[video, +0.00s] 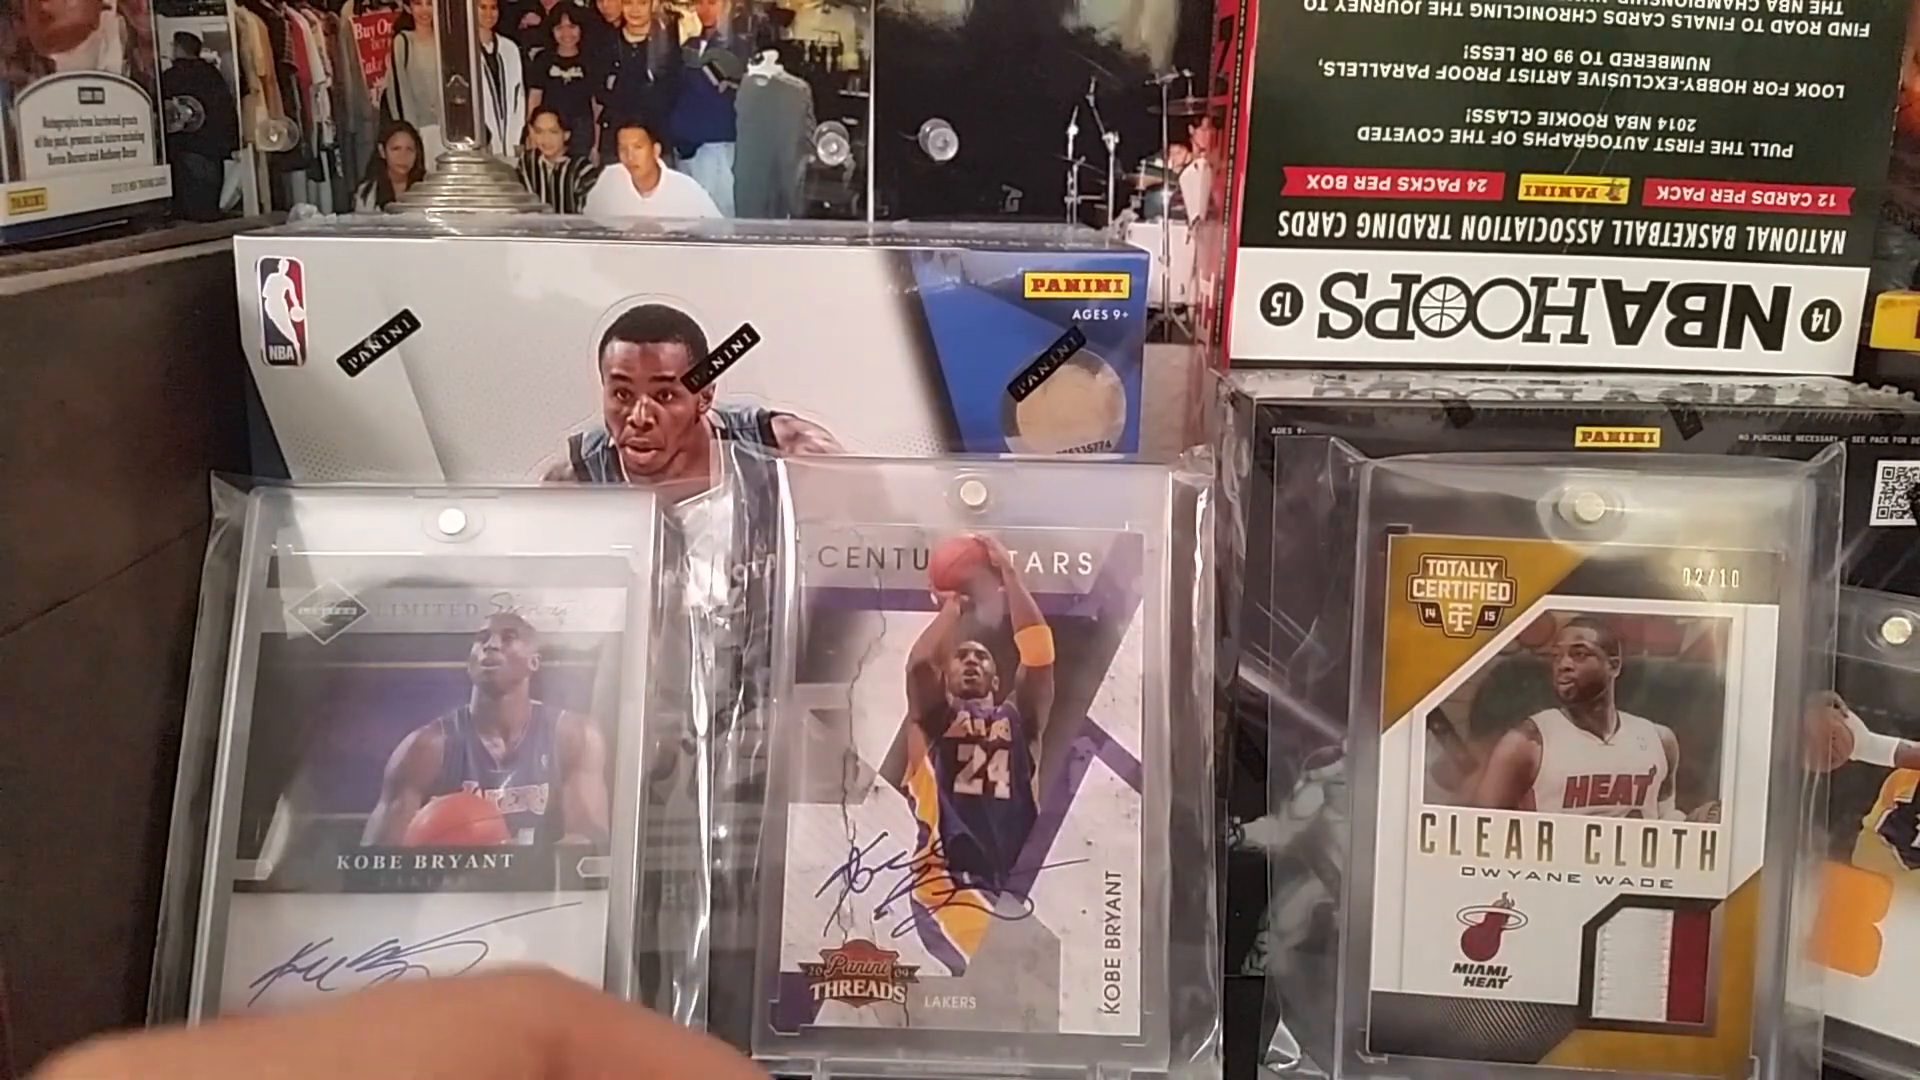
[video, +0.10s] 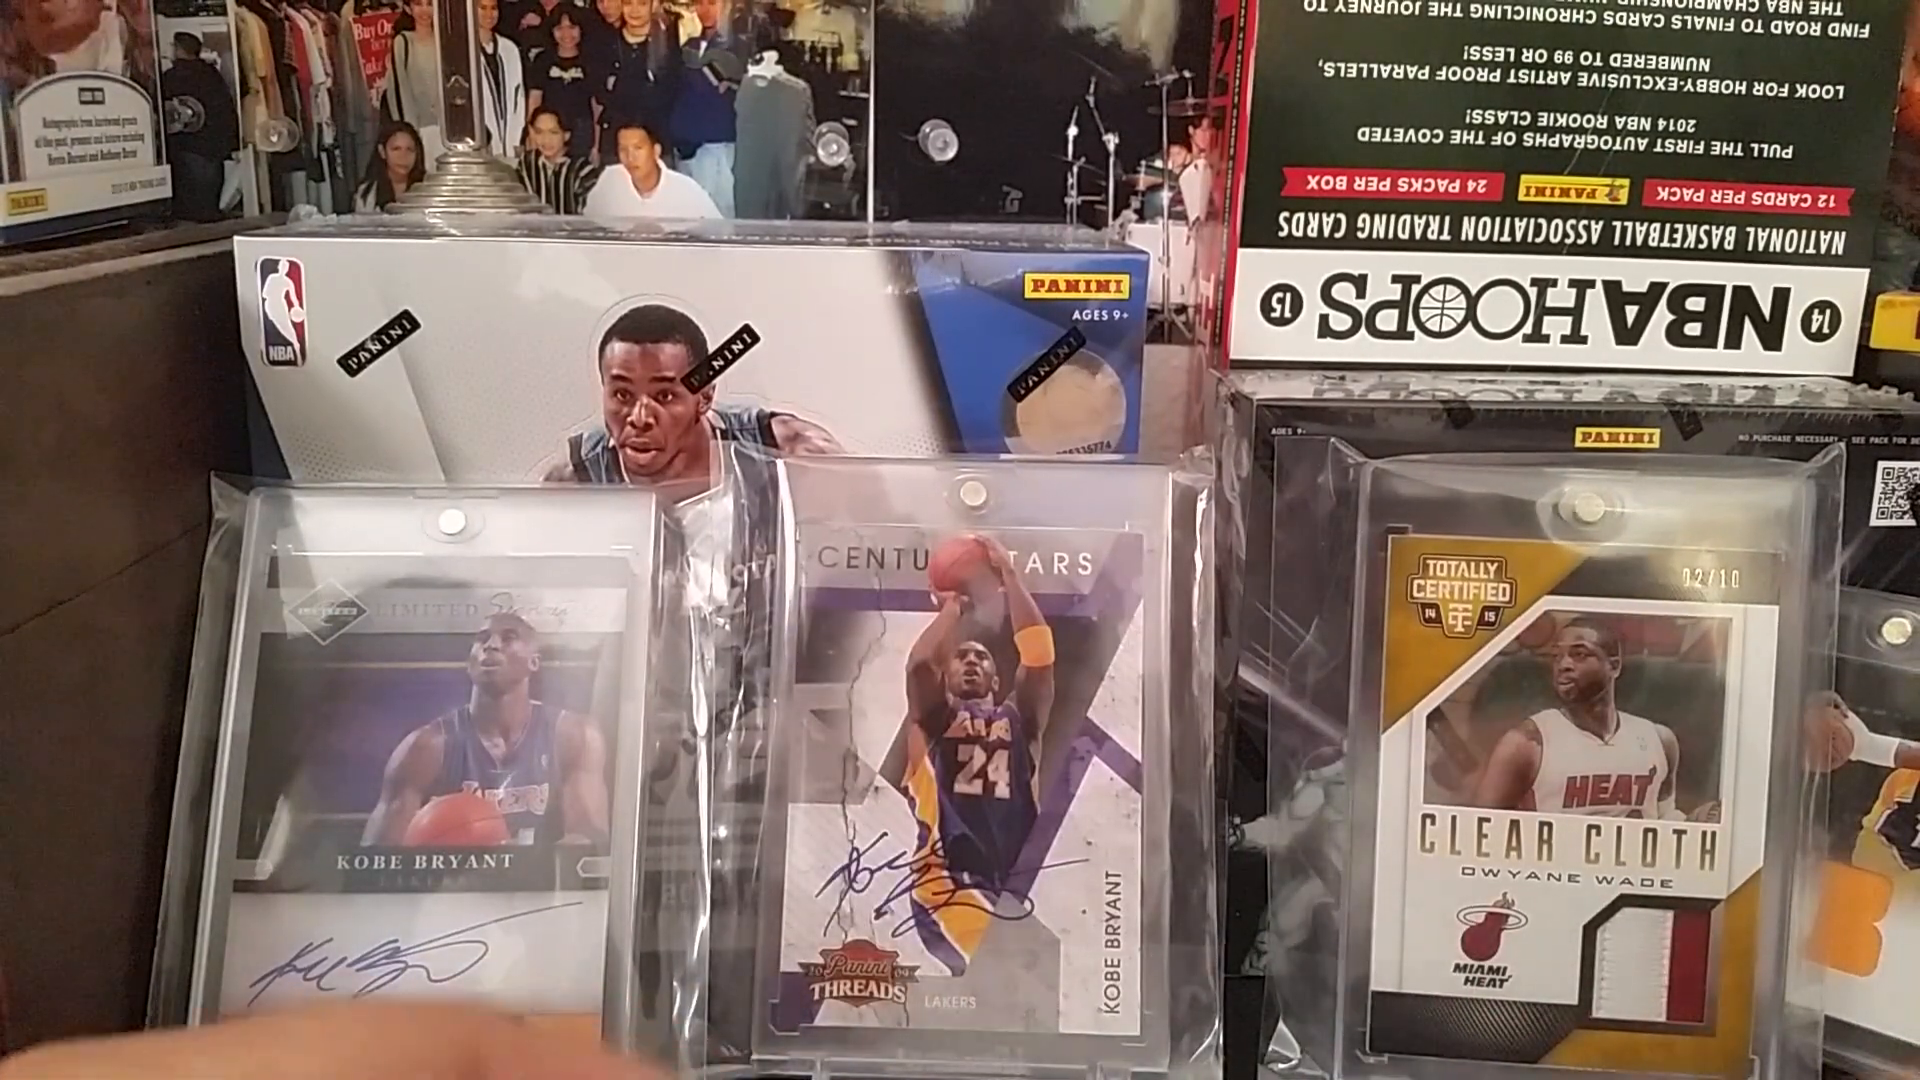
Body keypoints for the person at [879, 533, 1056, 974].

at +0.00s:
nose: (972, 661)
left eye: (982, 657)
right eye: (961, 656)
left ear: (996, 677)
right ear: (943, 674)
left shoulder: (1021, 718)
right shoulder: (932, 717)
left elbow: (1037, 651)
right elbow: (919, 664)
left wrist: (1009, 572)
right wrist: (952, 605)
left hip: (1009, 885)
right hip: (945, 883)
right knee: (1018, 966)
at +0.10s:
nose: (972, 662)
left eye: (982, 657)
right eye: (960, 656)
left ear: (996, 677)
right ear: (943, 674)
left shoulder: (1021, 718)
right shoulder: (932, 717)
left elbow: (1037, 651)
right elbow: (919, 664)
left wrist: (1009, 573)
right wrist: (952, 605)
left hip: (1010, 884)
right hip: (945, 882)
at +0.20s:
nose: (972, 660)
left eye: (982, 657)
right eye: (961, 655)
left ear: (996, 677)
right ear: (943, 674)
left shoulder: (1020, 718)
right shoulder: (932, 717)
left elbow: (1037, 651)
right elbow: (919, 663)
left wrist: (1009, 572)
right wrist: (953, 604)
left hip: (1008, 884)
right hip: (945, 882)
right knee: (1018, 963)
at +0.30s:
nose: (972, 661)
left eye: (982, 657)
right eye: (961, 656)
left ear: (996, 677)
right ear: (944, 674)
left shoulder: (1021, 719)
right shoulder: (932, 717)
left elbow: (1037, 651)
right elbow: (919, 664)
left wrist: (1009, 572)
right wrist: (951, 605)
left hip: (1011, 884)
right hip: (945, 882)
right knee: (1022, 965)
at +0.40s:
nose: (972, 661)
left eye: (982, 657)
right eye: (961, 656)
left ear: (996, 676)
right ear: (943, 673)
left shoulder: (1020, 718)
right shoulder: (933, 716)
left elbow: (1037, 651)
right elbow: (919, 664)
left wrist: (1010, 572)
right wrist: (951, 605)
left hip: (1008, 887)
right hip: (945, 884)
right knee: (1035, 953)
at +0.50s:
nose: (971, 661)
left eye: (981, 658)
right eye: (960, 657)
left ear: (995, 677)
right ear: (946, 675)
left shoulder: (1020, 715)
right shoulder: (937, 716)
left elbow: (1038, 651)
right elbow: (920, 663)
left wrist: (1008, 572)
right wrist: (951, 608)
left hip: (1019, 874)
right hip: (954, 873)